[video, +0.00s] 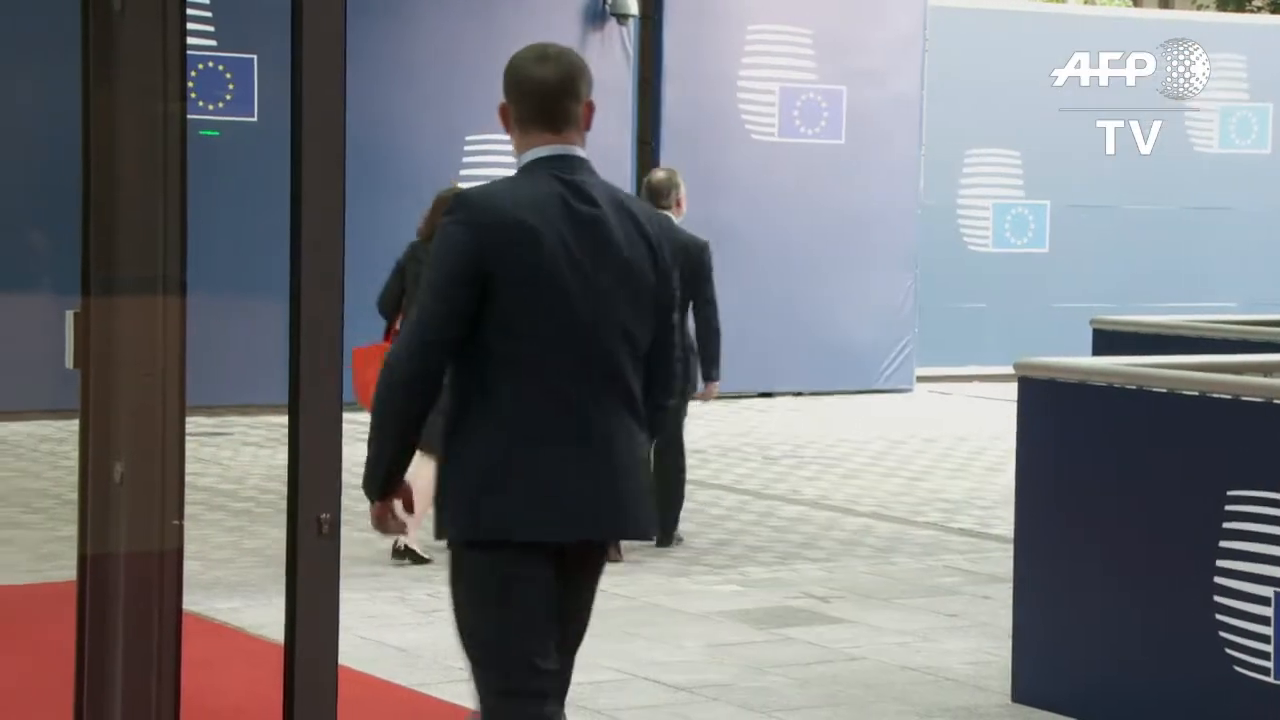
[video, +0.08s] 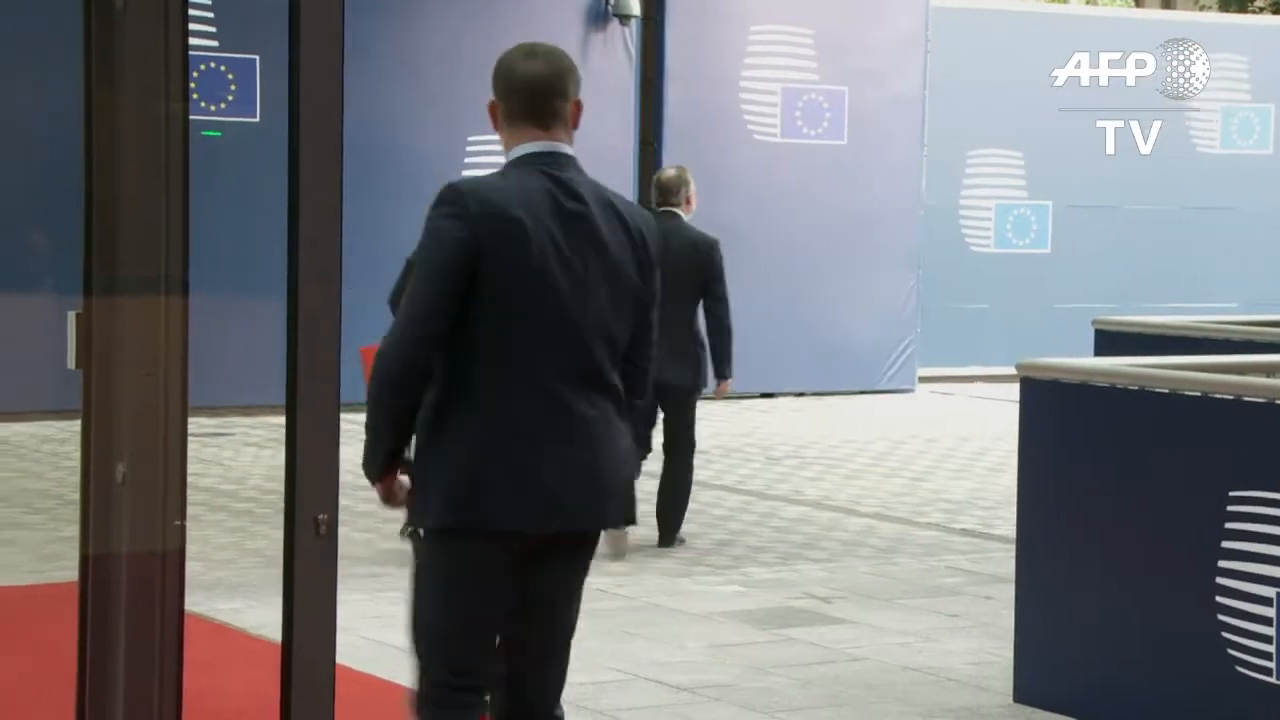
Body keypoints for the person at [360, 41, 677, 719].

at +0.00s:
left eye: (504, 109)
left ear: (505, 117)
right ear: (591, 115)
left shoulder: (478, 216)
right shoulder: (647, 230)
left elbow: (417, 356)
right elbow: (668, 380)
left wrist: (384, 472)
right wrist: (618, 455)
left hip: (497, 500)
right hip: (597, 497)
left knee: (517, 698)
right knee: (542, 692)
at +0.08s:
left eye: (493, 108)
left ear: (494, 115)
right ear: (578, 114)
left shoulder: (471, 204)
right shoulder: (630, 225)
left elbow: (410, 343)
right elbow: (637, 374)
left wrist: (382, 456)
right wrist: (614, 467)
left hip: (473, 493)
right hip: (578, 491)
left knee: (451, 689)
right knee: (535, 690)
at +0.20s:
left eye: (470, 106)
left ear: (473, 111)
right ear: (556, 111)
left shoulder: (450, 198)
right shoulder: (607, 223)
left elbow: (387, 344)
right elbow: (608, 368)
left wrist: (385, 435)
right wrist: (565, 440)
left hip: (446, 488)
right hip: (553, 489)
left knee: (388, 665)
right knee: (524, 692)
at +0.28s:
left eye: (455, 104)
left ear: (456, 109)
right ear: (538, 108)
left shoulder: (433, 195)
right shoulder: (592, 218)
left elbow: (370, 342)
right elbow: (594, 361)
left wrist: (376, 429)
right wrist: (539, 411)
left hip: (428, 481)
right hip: (537, 484)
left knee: (363, 652)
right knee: (512, 687)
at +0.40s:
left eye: (426, 112)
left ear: (428, 118)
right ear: (506, 117)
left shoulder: (398, 205)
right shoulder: (561, 225)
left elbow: (344, 343)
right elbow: (565, 370)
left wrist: (347, 428)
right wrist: (506, 406)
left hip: (396, 488)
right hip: (508, 490)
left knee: (346, 676)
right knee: (500, 693)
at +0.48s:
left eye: (401, 125)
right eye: (481, 123)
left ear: (402, 131)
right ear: (483, 130)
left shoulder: (370, 221)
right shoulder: (535, 237)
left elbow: (318, 356)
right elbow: (543, 377)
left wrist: (322, 447)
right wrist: (504, 447)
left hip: (379, 505)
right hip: (488, 505)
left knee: (341, 694)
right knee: (489, 701)